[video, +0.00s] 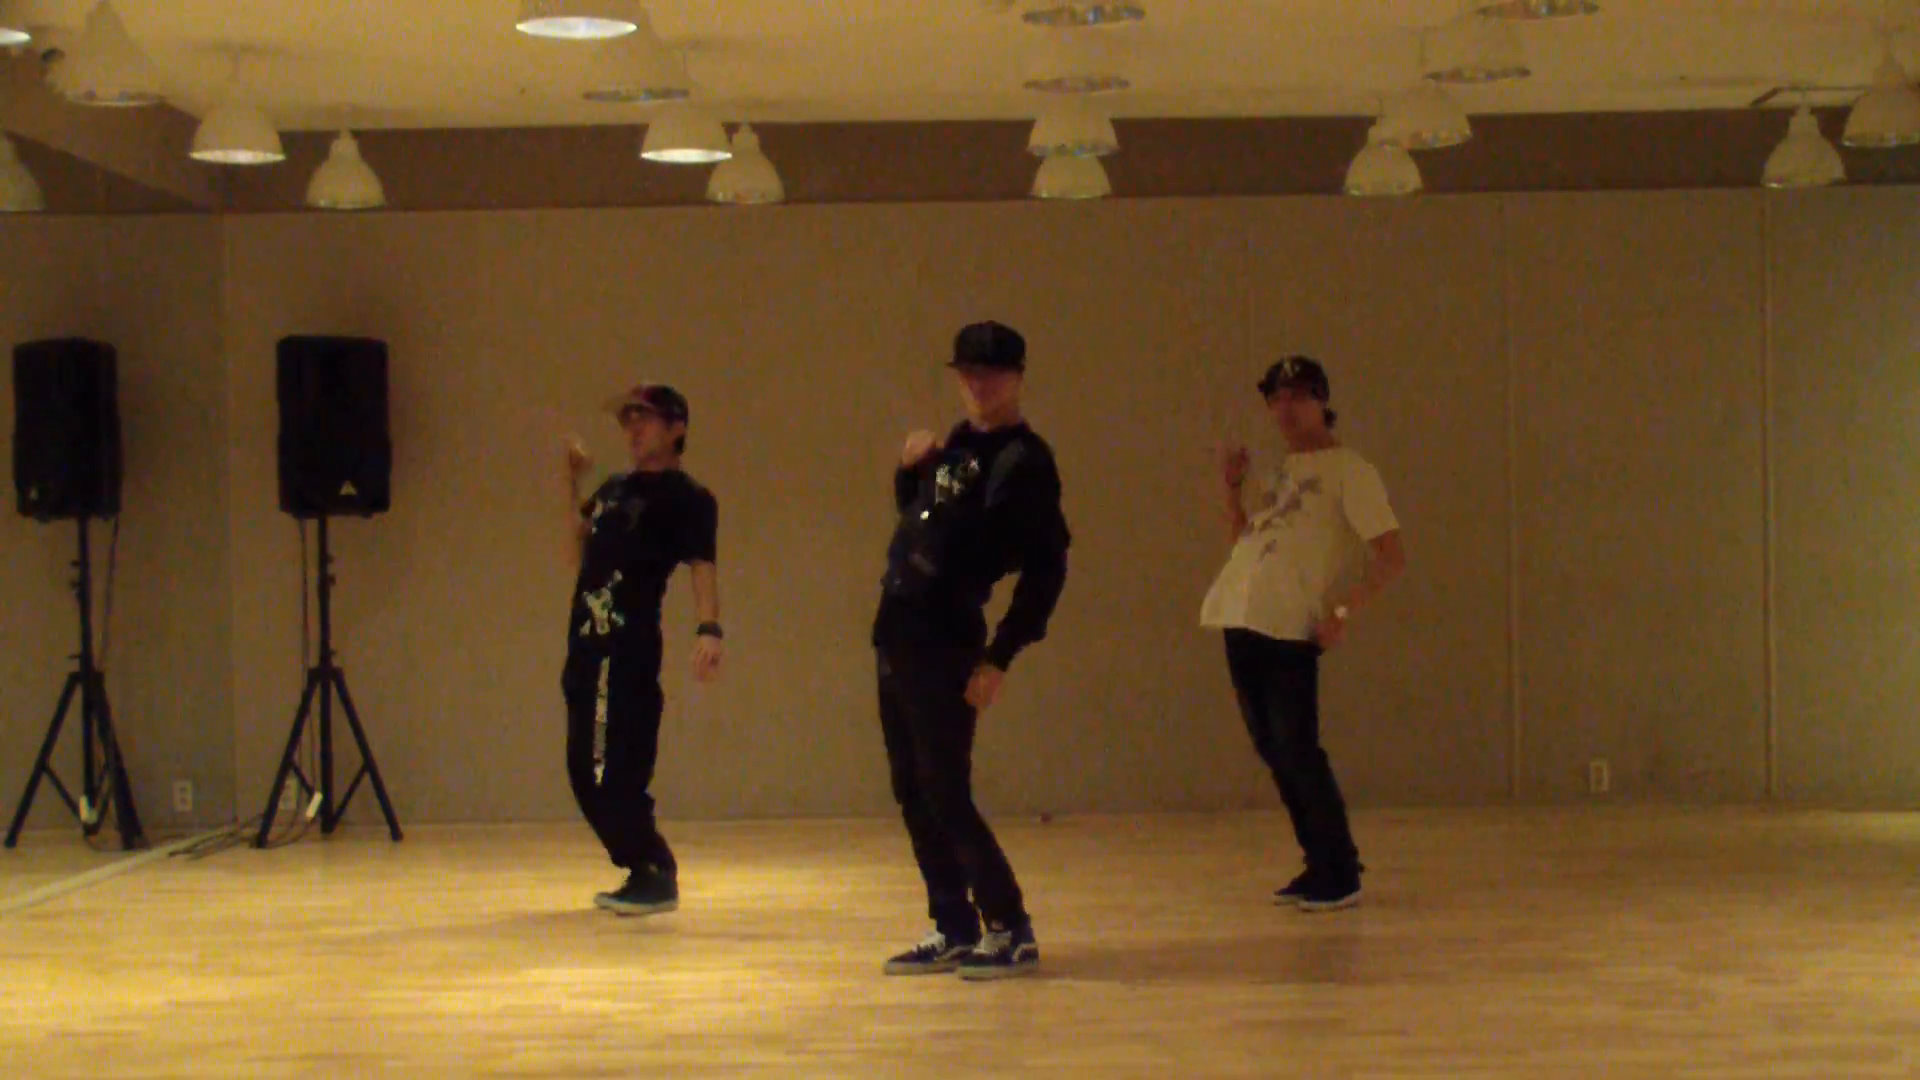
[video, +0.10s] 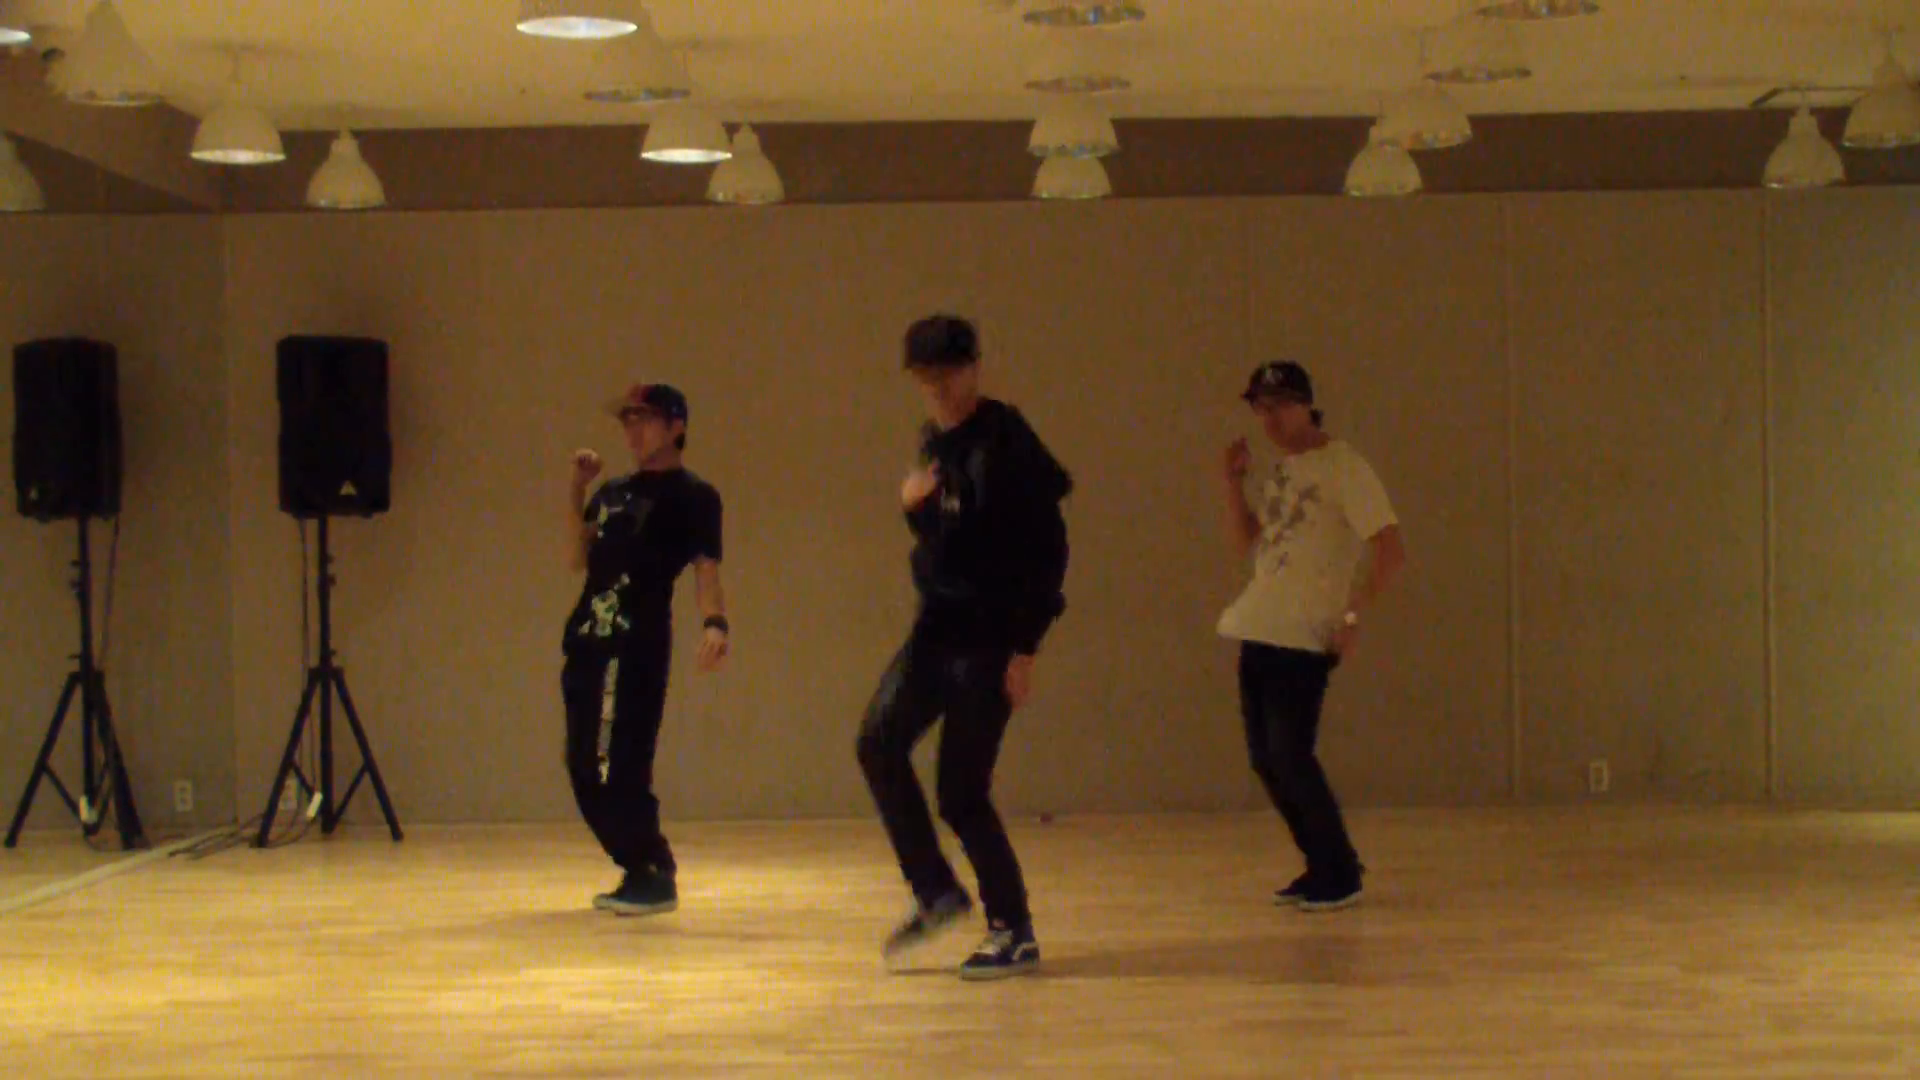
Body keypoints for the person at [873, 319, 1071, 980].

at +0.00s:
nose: (978, 387)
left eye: (991, 375)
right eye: (968, 375)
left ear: (1018, 377)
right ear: (957, 378)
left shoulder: (1028, 460)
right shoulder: (959, 443)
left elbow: (1047, 570)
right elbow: (917, 520)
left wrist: (998, 658)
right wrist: (909, 471)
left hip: (946, 640)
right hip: (900, 634)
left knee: (945, 792)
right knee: (914, 792)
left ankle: (1010, 929)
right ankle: (955, 931)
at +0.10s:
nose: (937, 395)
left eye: (947, 380)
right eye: (926, 383)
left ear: (974, 371)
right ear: (915, 384)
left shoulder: (1013, 441)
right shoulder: (937, 446)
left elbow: (1049, 550)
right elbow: (938, 550)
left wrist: (1025, 651)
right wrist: (916, 511)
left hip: (991, 642)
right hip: (937, 634)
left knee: (962, 796)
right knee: (878, 748)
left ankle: (1012, 930)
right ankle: (936, 893)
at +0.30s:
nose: (889, 479)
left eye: (895, 465)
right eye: (880, 470)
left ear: (925, 460)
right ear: (883, 475)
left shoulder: (1000, 514)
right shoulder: (922, 513)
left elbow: (1070, 583)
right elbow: (966, 551)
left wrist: (1077, 661)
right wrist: (950, 587)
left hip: (1033, 651)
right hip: (979, 630)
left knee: (973, 787)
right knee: (883, 636)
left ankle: (1014, 931)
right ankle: (942, 756)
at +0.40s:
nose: (894, 468)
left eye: (900, 455)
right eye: (888, 457)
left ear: (929, 453)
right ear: (900, 460)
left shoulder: (1005, 507)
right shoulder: (932, 507)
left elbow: (1070, 575)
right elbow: (973, 565)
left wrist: (1082, 663)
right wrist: (945, 579)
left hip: (1038, 653)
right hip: (983, 633)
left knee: (974, 788)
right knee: (885, 636)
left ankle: (1013, 932)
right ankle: (948, 758)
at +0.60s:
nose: (949, 432)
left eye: (955, 418)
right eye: (942, 422)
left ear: (985, 412)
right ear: (944, 425)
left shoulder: (1045, 450)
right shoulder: (972, 484)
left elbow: (1127, 449)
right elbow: (951, 531)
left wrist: (1093, 537)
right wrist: (892, 545)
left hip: (1055, 650)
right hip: (999, 640)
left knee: (976, 800)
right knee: (921, 739)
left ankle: (1011, 936)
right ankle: (857, 844)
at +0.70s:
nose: (974, 422)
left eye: (984, 408)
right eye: (964, 412)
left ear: (1013, 406)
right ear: (957, 421)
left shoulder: (1065, 452)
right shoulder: (982, 487)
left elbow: (1156, 467)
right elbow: (978, 538)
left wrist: (1109, 551)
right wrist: (940, 547)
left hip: (1056, 655)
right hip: (1004, 645)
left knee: (964, 795)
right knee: (957, 754)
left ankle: (1012, 936)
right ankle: (931, 862)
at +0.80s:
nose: (996, 415)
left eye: (1007, 403)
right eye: (985, 406)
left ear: (1033, 406)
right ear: (975, 415)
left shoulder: (1080, 457)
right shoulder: (988, 487)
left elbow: (1174, 487)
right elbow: (990, 564)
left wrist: (1124, 568)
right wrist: (961, 573)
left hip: (1064, 660)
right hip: (1009, 656)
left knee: (965, 802)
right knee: (999, 778)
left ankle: (1010, 935)